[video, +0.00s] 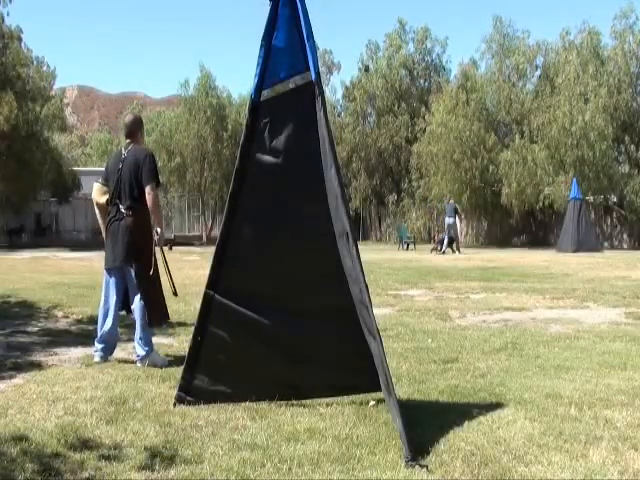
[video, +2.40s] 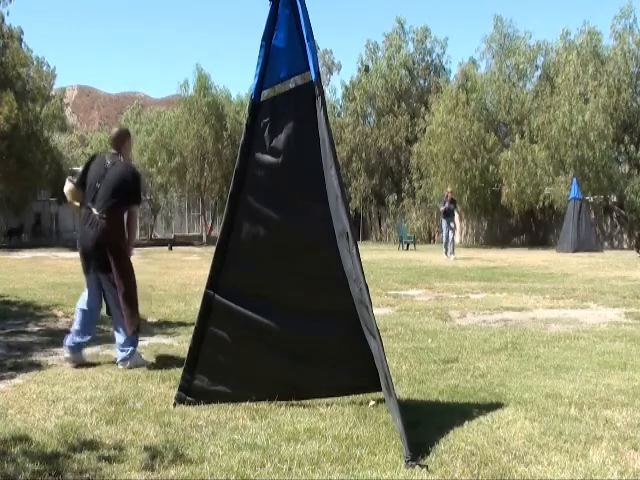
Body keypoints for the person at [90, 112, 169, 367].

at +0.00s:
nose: (143, 134)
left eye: (140, 131)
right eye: (143, 131)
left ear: (123, 133)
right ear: (140, 132)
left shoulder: (113, 160)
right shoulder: (144, 156)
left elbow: (98, 198)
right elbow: (150, 194)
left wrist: (105, 230)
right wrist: (158, 227)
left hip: (114, 231)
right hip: (137, 231)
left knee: (110, 293)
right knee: (141, 292)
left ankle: (102, 348)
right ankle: (144, 350)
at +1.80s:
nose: (140, 140)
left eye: (138, 136)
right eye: (139, 136)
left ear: (120, 138)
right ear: (135, 137)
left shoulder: (110, 160)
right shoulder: (134, 156)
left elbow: (101, 194)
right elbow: (148, 181)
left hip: (106, 223)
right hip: (124, 225)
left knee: (107, 288)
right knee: (132, 288)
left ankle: (96, 346)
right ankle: (144, 351)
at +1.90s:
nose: (140, 138)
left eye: (138, 135)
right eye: (139, 134)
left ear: (119, 138)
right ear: (134, 136)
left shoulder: (112, 160)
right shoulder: (128, 152)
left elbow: (110, 200)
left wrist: (140, 214)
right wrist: (167, 149)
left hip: (100, 236)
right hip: (119, 237)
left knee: (104, 292)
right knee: (138, 289)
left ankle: (95, 347)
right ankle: (143, 350)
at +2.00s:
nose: (144, 140)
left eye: (143, 137)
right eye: (142, 136)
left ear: (123, 138)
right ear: (135, 138)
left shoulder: (110, 163)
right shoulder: (129, 156)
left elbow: (94, 186)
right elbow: (143, 136)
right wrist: (163, 119)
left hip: (98, 238)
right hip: (118, 238)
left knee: (100, 296)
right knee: (133, 292)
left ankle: (95, 347)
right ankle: (130, 349)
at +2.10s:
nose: (144, 151)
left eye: (141, 148)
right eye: (143, 148)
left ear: (123, 148)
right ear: (139, 149)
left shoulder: (112, 164)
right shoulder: (141, 168)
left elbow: (90, 184)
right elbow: (167, 181)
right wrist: (177, 156)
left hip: (92, 224)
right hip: (111, 229)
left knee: (94, 285)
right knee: (122, 284)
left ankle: (94, 346)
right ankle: (126, 350)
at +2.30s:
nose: (140, 158)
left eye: (138, 154)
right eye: (139, 154)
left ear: (119, 154)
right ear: (133, 155)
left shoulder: (102, 168)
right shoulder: (135, 182)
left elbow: (75, 193)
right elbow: (137, 224)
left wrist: (88, 219)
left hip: (90, 230)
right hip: (112, 236)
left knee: (95, 289)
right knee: (127, 290)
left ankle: (89, 346)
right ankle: (127, 351)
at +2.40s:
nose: (131, 149)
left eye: (128, 144)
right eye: (131, 145)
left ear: (111, 144)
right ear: (127, 146)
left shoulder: (95, 161)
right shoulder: (131, 172)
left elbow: (76, 192)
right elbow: (132, 213)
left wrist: (92, 206)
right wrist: (131, 242)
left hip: (85, 230)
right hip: (108, 235)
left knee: (92, 290)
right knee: (117, 291)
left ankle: (74, 346)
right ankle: (127, 352)